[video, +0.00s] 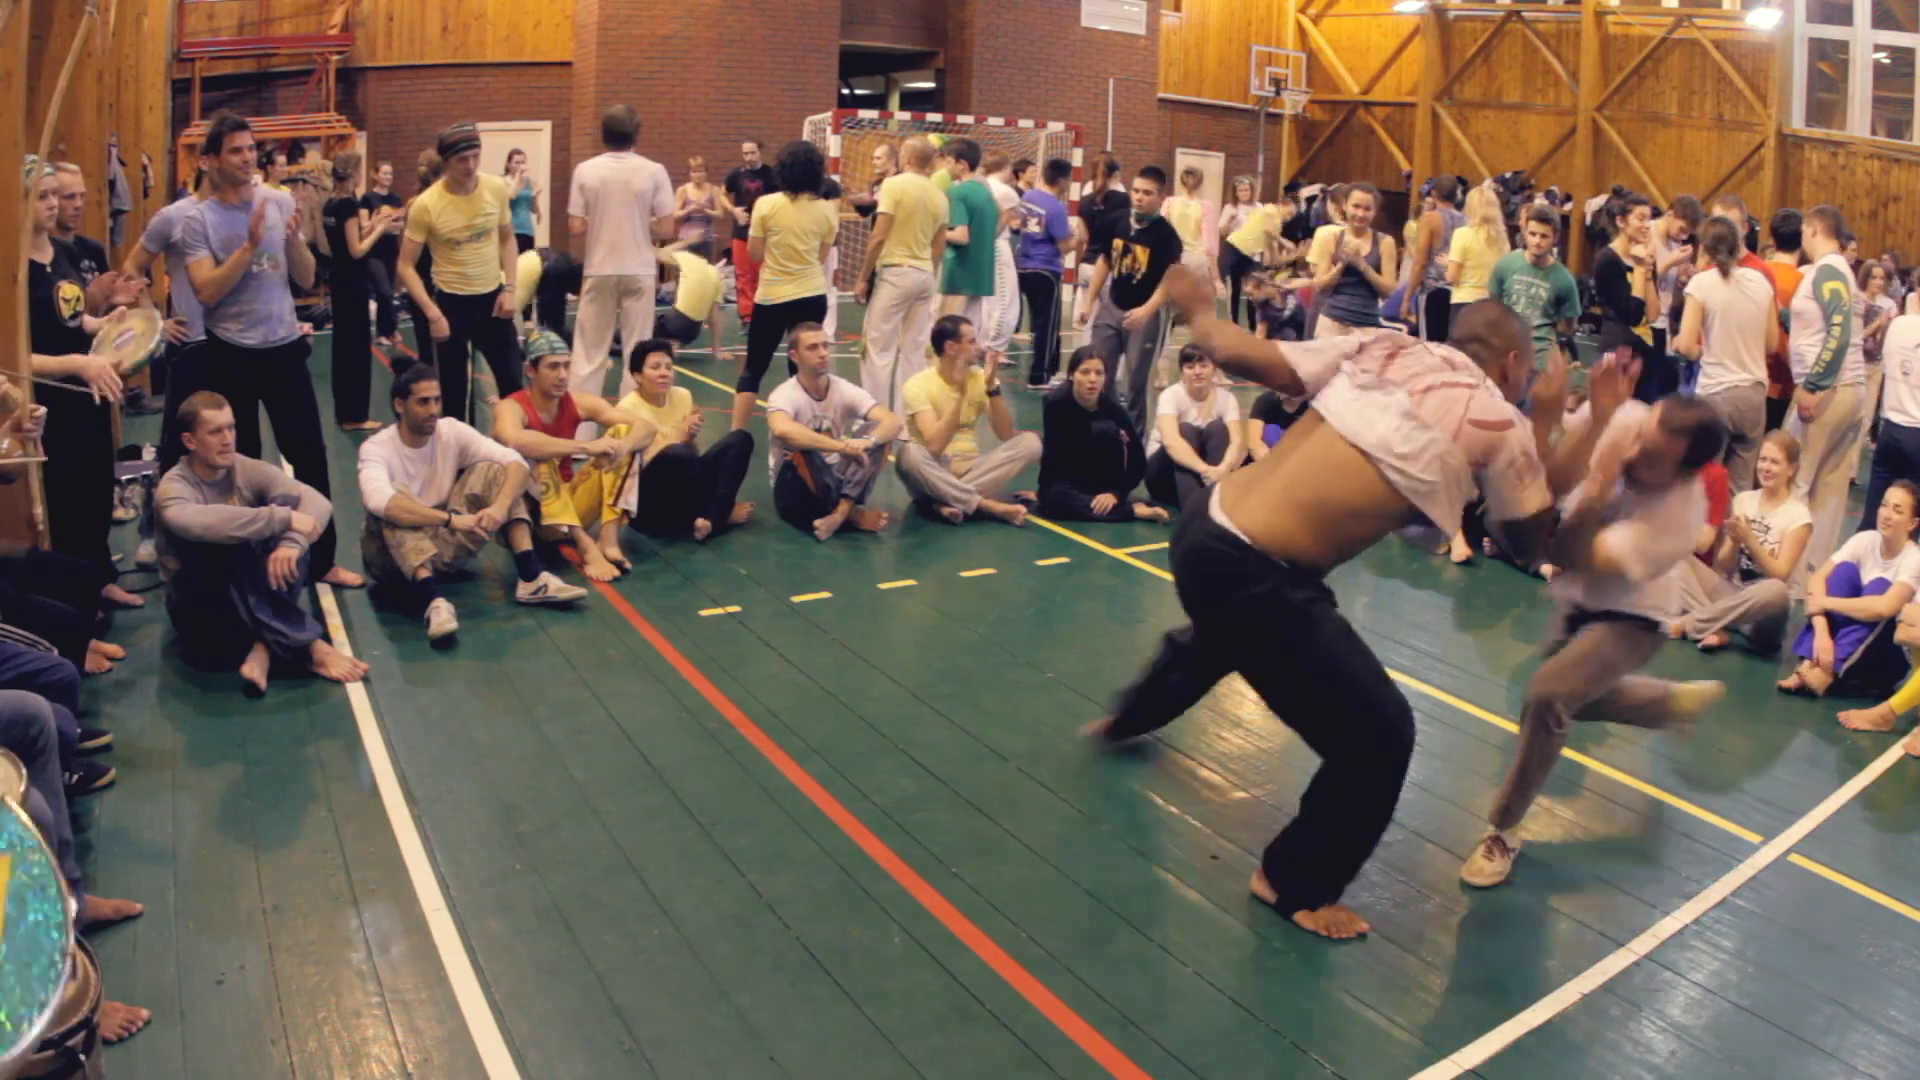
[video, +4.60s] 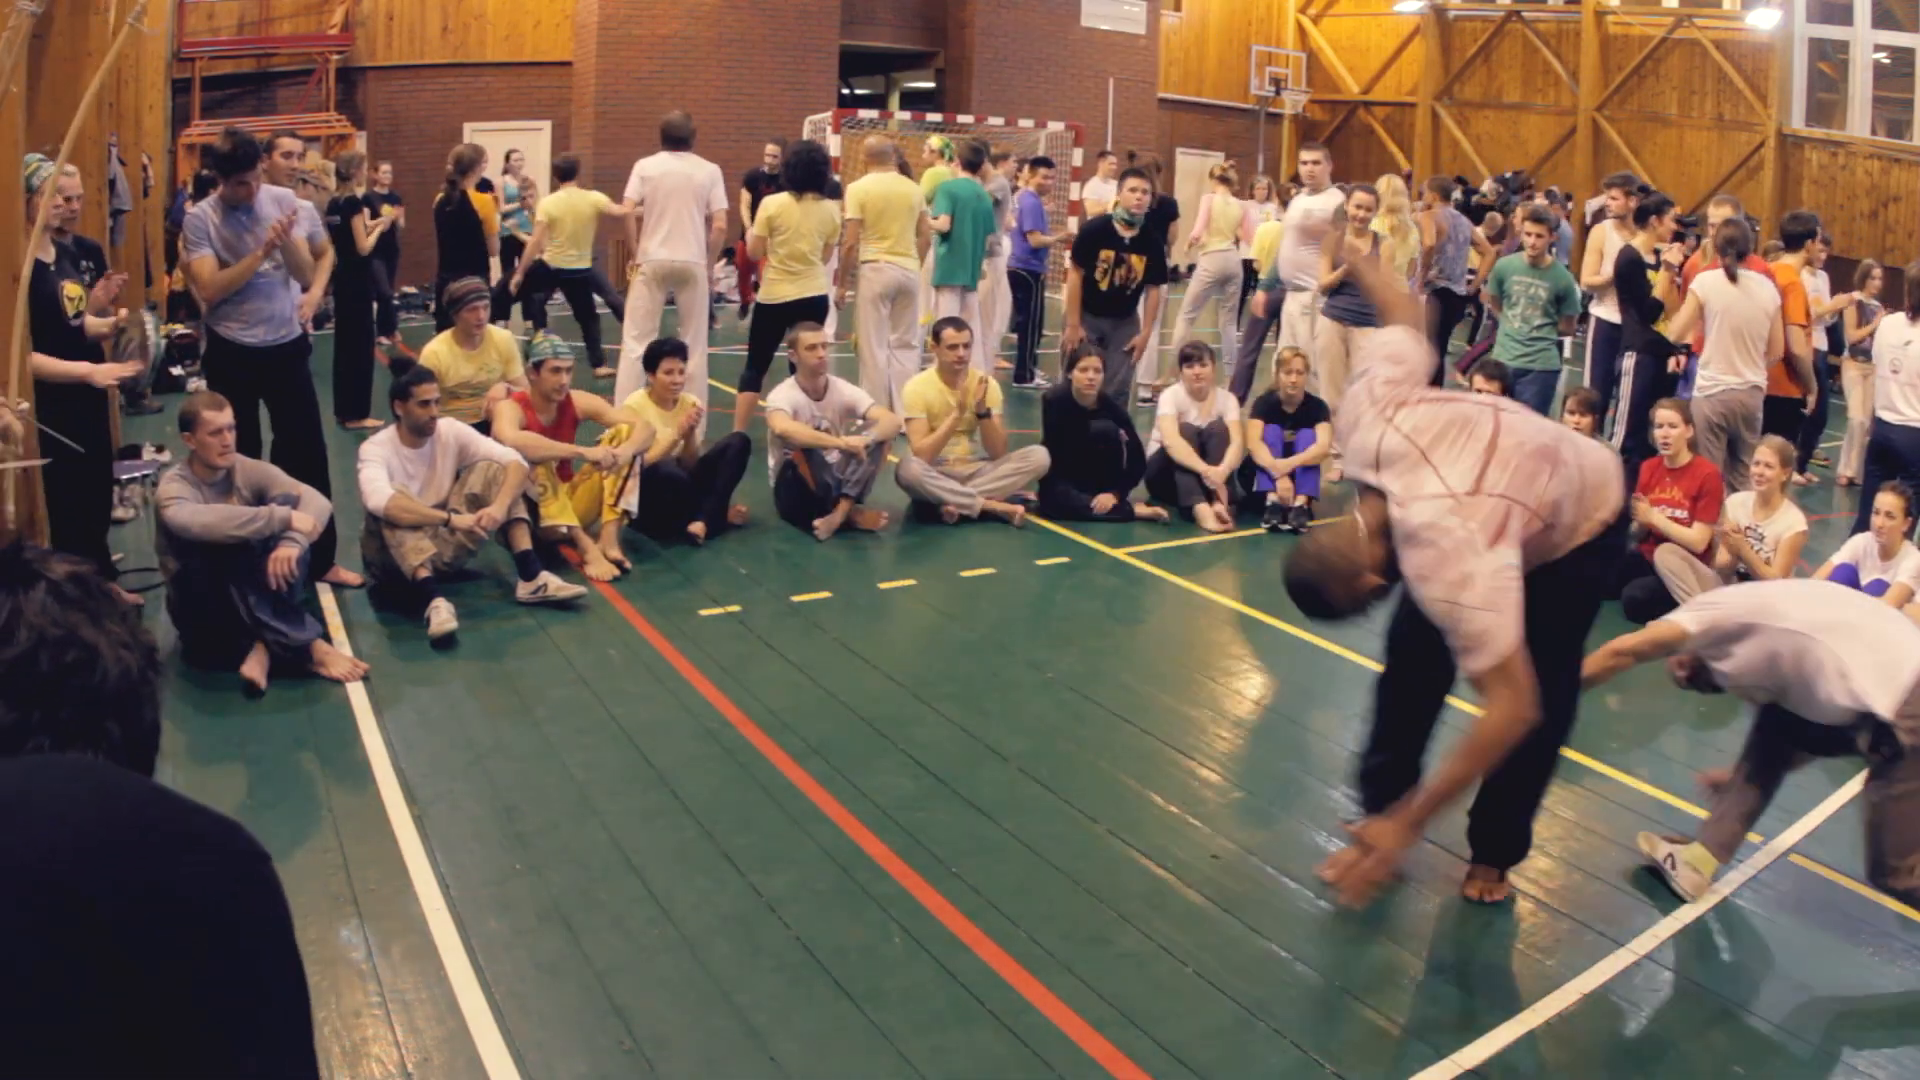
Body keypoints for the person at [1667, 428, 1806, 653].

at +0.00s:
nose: (1766, 467)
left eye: (1775, 462)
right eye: (1762, 459)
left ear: (1792, 469)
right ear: (1756, 462)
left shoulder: (1799, 515)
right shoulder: (1743, 500)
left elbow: (1781, 573)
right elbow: (1723, 566)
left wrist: (1748, 540)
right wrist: (1734, 540)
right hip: (1730, 589)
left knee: (1774, 590)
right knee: (1678, 557)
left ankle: (1686, 625)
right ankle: (1710, 629)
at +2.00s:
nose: (1748, 467)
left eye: (1757, 462)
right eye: (1748, 460)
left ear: (1779, 469)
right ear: (1744, 463)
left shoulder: (1793, 516)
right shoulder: (1737, 499)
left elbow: (1776, 575)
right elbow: (1721, 564)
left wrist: (1739, 543)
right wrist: (1731, 543)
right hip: (1729, 593)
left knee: (1774, 591)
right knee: (1666, 552)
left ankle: (1685, 624)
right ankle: (1711, 629)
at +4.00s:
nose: (1754, 471)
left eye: (1764, 465)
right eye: (1752, 463)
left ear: (1783, 473)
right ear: (1746, 465)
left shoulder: (1794, 520)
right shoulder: (1735, 502)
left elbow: (1776, 578)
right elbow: (1719, 566)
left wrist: (1741, 550)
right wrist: (1735, 550)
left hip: (1760, 606)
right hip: (1726, 594)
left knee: (1775, 594)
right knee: (1666, 552)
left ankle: (1685, 624)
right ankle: (1712, 629)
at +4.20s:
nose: (1757, 471)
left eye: (1766, 465)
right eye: (1754, 463)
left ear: (1784, 473)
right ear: (1748, 466)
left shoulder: (1794, 521)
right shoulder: (1734, 502)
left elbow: (1776, 578)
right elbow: (1720, 567)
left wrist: (1743, 551)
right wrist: (1730, 549)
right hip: (1726, 589)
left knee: (1774, 594)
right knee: (1685, 555)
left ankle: (1690, 624)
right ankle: (1709, 631)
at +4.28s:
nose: (1758, 471)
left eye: (1767, 465)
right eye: (1755, 463)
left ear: (1785, 473)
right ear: (1748, 466)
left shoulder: (1794, 521)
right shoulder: (1734, 502)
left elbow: (1777, 576)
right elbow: (1721, 546)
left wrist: (1742, 547)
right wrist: (1722, 536)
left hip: (1765, 589)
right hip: (1728, 582)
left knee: (1773, 591)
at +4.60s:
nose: (1759, 472)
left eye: (1769, 466)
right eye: (1756, 464)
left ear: (1785, 474)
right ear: (1749, 466)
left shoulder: (1794, 522)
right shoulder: (1735, 502)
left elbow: (1776, 579)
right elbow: (1720, 564)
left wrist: (1742, 549)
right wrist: (1733, 547)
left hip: (1764, 601)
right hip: (1727, 589)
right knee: (1666, 554)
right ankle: (1707, 620)